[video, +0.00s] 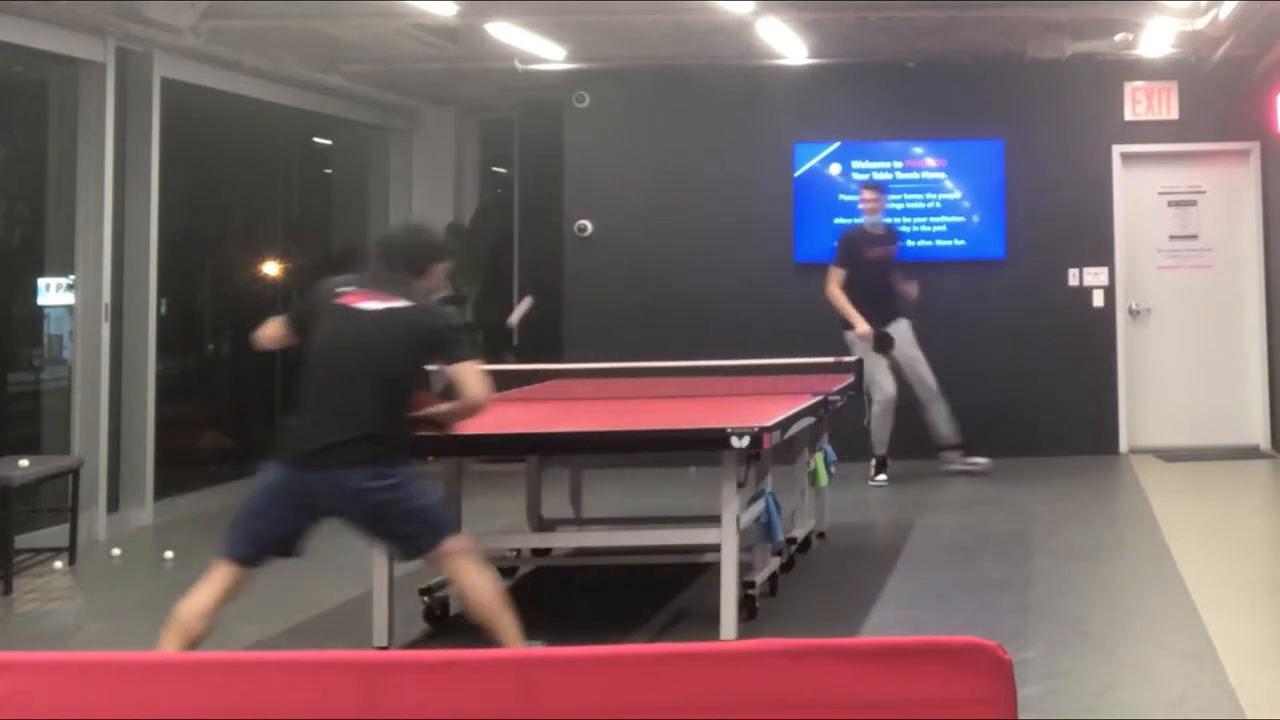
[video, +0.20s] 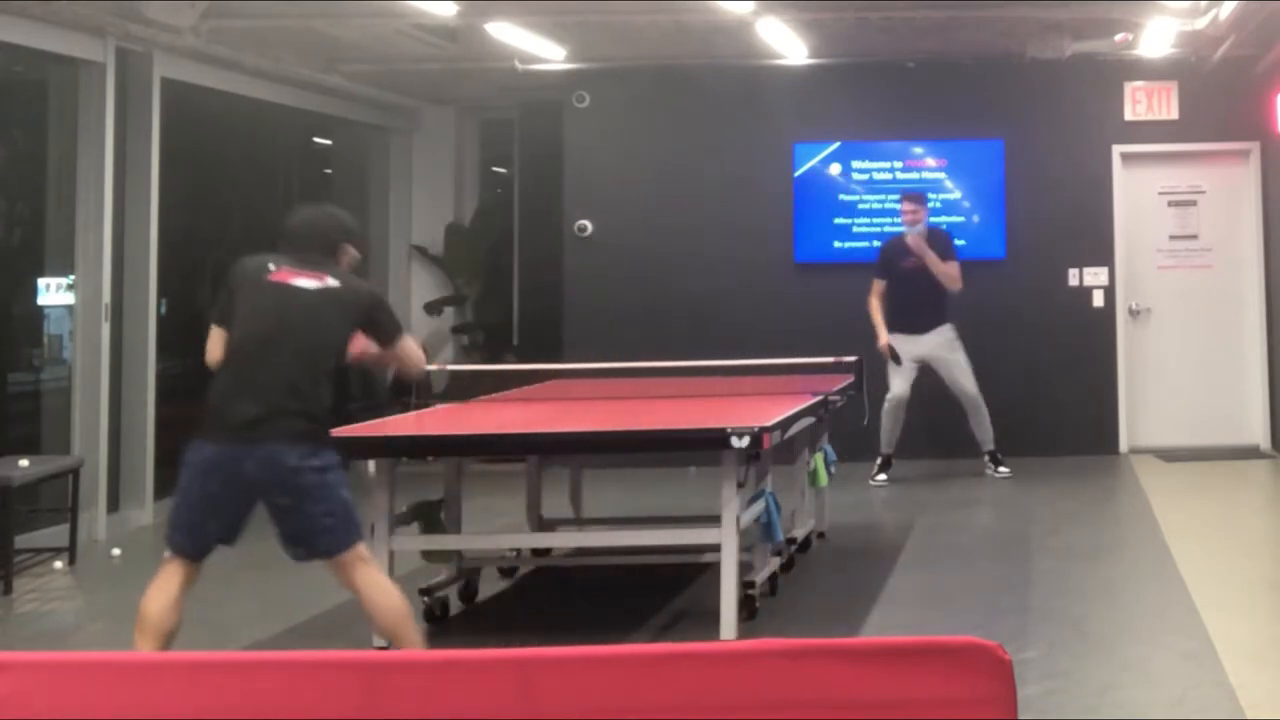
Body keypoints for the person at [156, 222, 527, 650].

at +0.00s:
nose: (444, 285)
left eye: (445, 275)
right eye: (441, 275)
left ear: (383, 262)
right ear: (424, 274)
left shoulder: (331, 295)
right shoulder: (431, 316)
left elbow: (265, 337)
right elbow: (478, 393)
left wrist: (320, 323)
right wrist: (440, 412)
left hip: (296, 467)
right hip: (370, 470)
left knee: (224, 572)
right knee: (457, 554)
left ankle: (155, 674)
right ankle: (524, 659)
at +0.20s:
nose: (356, 261)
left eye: (355, 253)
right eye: (353, 252)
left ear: (291, 244)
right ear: (339, 252)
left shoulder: (247, 272)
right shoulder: (356, 295)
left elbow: (215, 354)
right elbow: (415, 363)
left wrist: (275, 346)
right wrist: (371, 352)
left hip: (220, 446)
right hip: (297, 450)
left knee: (178, 566)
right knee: (357, 567)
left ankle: (137, 681)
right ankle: (426, 674)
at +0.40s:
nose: (325, 218)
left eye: (322, 210)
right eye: (321, 211)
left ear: (259, 215)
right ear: (311, 218)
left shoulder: (226, 246)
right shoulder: (337, 268)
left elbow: (160, 287)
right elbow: (393, 320)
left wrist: (179, 334)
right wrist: (408, 315)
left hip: (218, 428)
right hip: (297, 432)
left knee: (158, 554)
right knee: (340, 550)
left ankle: (126, 677)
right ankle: (387, 666)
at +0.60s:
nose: (314, 233)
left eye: (313, 224)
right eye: (310, 224)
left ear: (247, 227)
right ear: (295, 230)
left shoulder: (197, 274)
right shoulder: (320, 290)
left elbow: (127, 335)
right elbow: (353, 379)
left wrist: (157, 368)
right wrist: (364, 374)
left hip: (194, 455)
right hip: (280, 456)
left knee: (142, 566)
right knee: (343, 565)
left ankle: (111, 688)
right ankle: (407, 672)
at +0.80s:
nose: (328, 215)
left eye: (328, 204)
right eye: (325, 204)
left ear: (263, 203)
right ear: (309, 208)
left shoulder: (213, 244)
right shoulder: (300, 262)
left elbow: (159, 309)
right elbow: (300, 349)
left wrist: (212, 345)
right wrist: (349, 379)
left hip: (170, 420)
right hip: (235, 426)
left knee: (143, 552)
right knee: (299, 541)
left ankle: (110, 681)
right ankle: (302, 686)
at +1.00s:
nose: (347, 238)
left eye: (349, 226)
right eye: (345, 226)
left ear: (291, 224)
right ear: (322, 227)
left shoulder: (243, 263)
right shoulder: (297, 274)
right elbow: (313, 365)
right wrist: (378, 390)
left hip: (169, 434)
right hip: (221, 439)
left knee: (158, 560)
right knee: (295, 553)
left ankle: (79, 669)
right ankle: (271, 689)